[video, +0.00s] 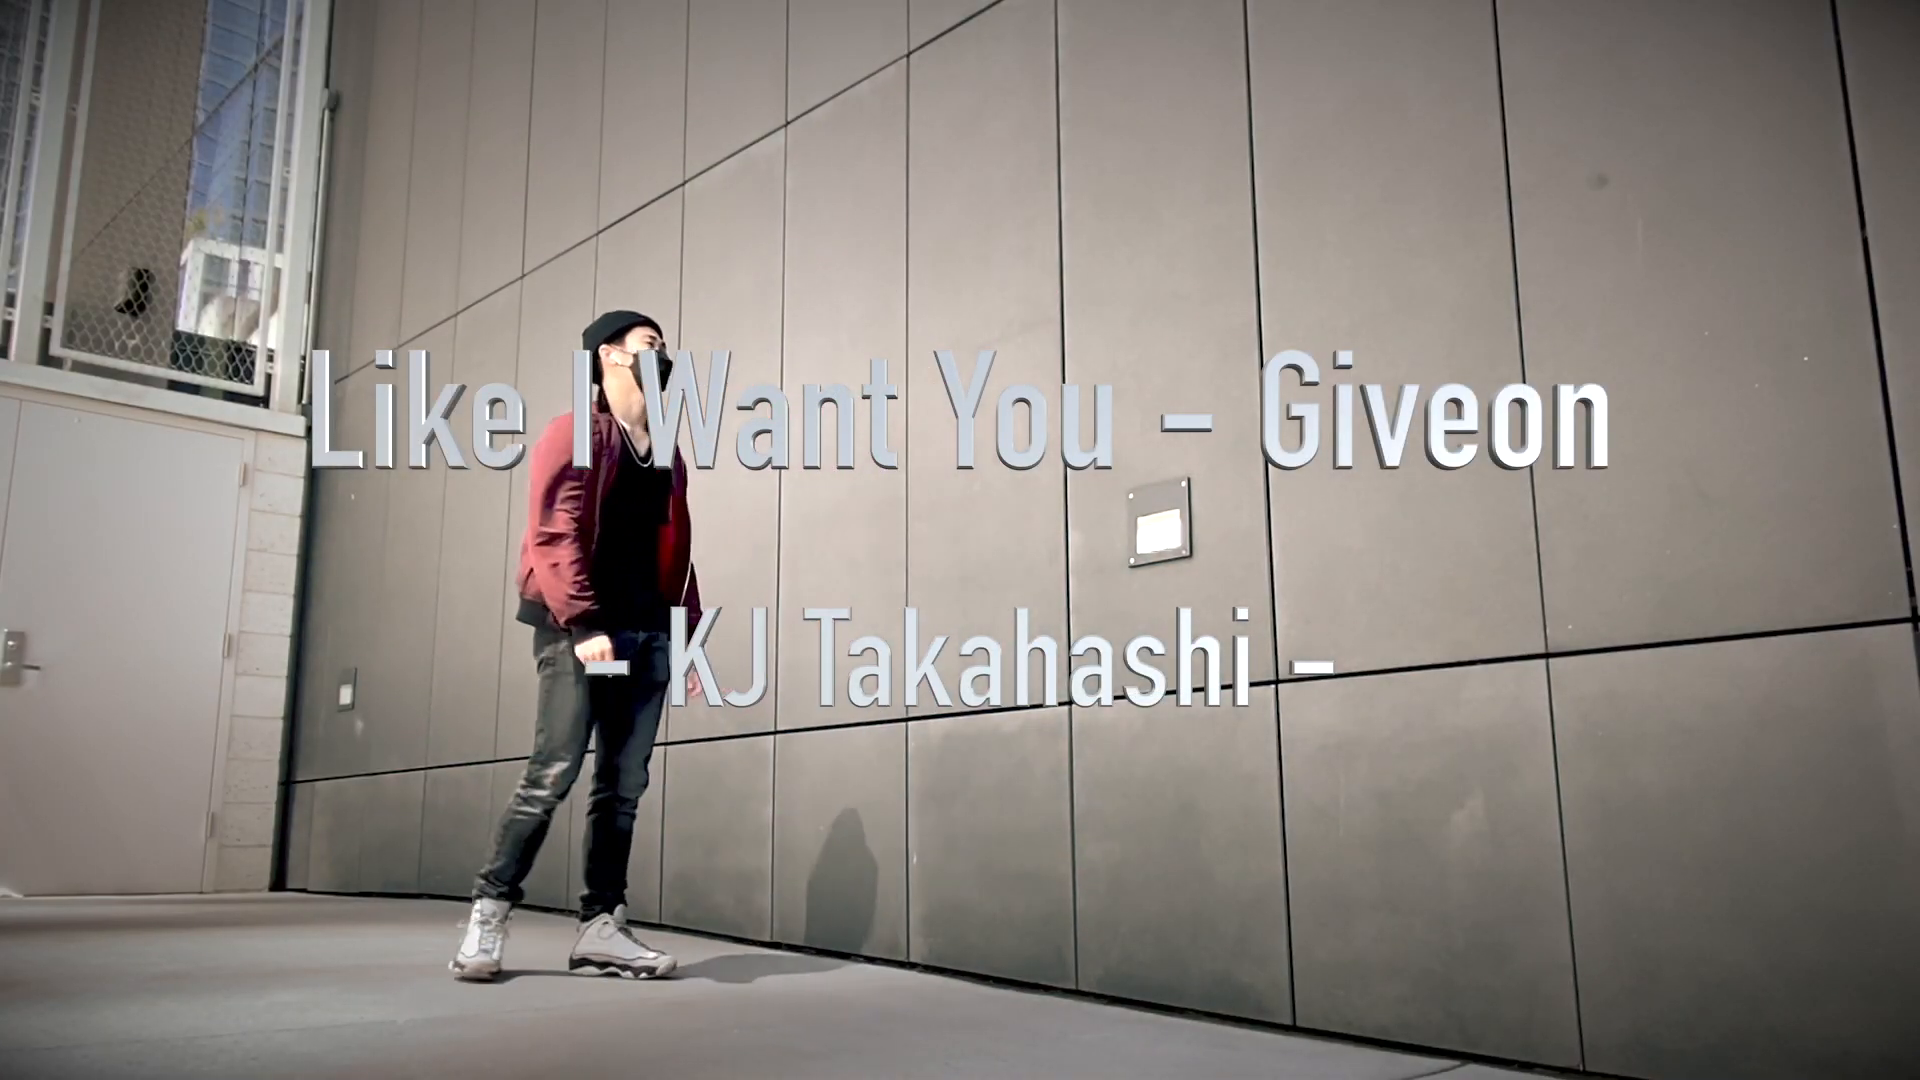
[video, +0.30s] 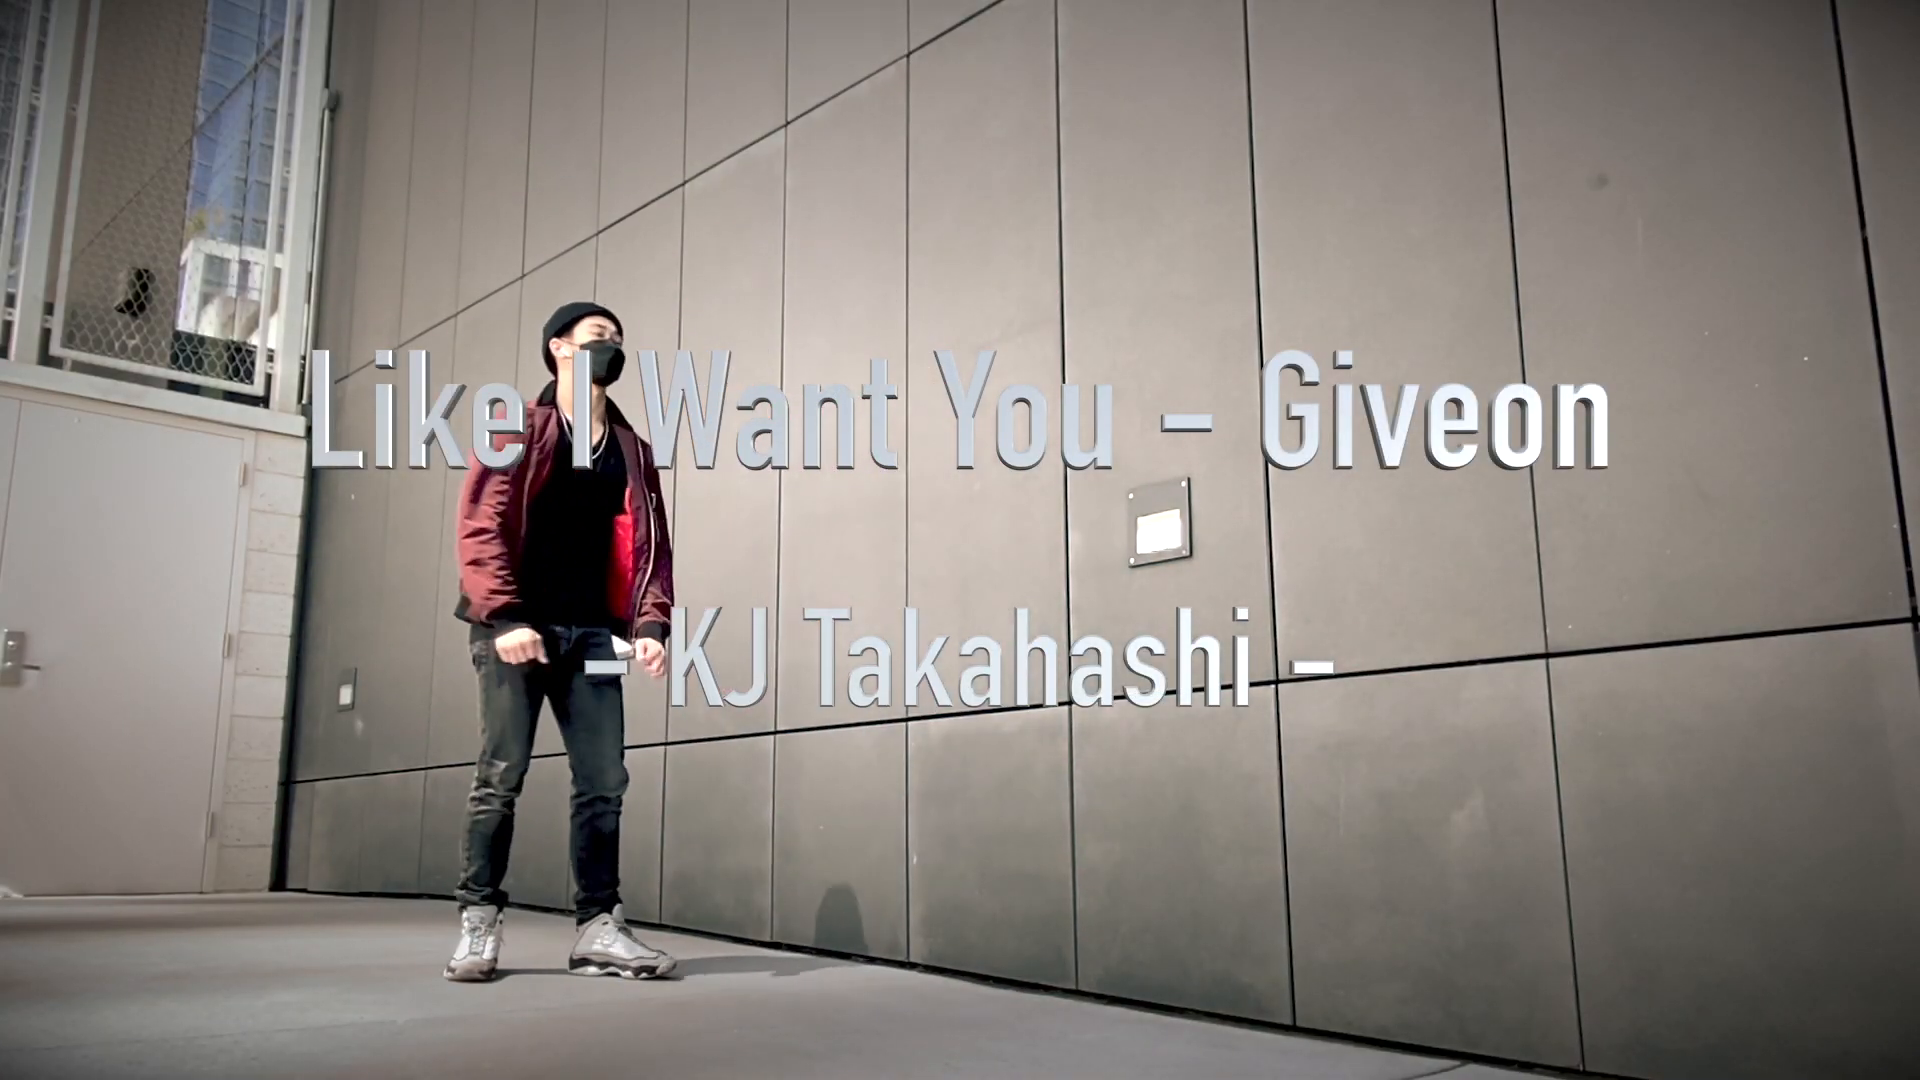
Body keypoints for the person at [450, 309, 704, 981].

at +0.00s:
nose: (655, 360)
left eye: (659, 352)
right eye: (643, 350)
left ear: (662, 363)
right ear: (608, 358)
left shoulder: (667, 448)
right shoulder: (574, 433)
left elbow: (674, 551)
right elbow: (551, 539)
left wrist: (686, 636)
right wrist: (582, 625)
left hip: (645, 628)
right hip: (574, 623)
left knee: (624, 785)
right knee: (555, 772)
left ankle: (599, 927)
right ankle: (488, 916)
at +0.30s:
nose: (608, 351)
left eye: (614, 343)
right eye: (594, 341)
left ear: (619, 361)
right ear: (558, 352)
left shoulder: (631, 447)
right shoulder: (519, 427)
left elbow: (651, 543)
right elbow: (480, 525)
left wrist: (651, 622)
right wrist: (504, 617)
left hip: (594, 633)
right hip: (515, 628)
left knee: (603, 783)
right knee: (501, 775)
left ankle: (597, 928)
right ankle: (479, 923)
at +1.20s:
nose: (549, 325)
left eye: (564, 318)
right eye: (535, 318)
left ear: (584, 344)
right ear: (516, 343)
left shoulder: (624, 435)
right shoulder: (484, 422)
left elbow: (644, 543)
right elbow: (448, 528)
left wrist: (638, 637)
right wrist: (456, 622)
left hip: (591, 627)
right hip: (500, 625)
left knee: (600, 778)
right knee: (492, 781)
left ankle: (615, 931)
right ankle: (478, 926)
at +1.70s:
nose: (651, 306)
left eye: (663, 300)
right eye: (635, 299)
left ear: (676, 327)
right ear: (606, 325)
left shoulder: (711, 422)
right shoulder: (570, 409)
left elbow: (731, 525)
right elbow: (533, 505)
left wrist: (731, 610)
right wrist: (506, 595)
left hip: (679, 623)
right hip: (590, 616)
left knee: (656, 786)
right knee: (545, 775)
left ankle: (630, 939)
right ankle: (485, 907)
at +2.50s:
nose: (732, 324)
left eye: (737, 315)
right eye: (715, 313)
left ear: (738, 333)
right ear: (674, 327)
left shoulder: (738, 424)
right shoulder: (636, 409)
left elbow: (765, 514)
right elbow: (561, 477)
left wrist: (767, 605)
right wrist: (532, 568)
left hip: (708, 628)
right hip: (633, 620)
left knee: (735, 776)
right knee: (601, 785)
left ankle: (644, 916)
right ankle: (495, 888)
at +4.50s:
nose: (475, 289)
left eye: (485, 273)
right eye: (474, 276)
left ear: (533, 274)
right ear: (526, 279)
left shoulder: (553, 338)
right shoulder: (512, 362)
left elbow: (537, 424)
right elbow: (452, 455)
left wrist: (472, 456)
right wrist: (362, 489)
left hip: (552, 593)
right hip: (576, 595)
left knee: (421, 747)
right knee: (572, 776)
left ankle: (474, 922)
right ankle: (679, 917)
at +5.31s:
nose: (733, 298)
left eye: (749, 288)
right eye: (718, 285)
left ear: (767, 301)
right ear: (691, 296)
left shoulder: (798, 386)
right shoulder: (649, 377)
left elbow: (835, 476)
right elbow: (562, 402)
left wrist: (850, 563)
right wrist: (662, 389)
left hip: (770, 604)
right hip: (691, 617)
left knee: (822, 770)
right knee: (626, 761)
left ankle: (921, 939)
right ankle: (708, 930)